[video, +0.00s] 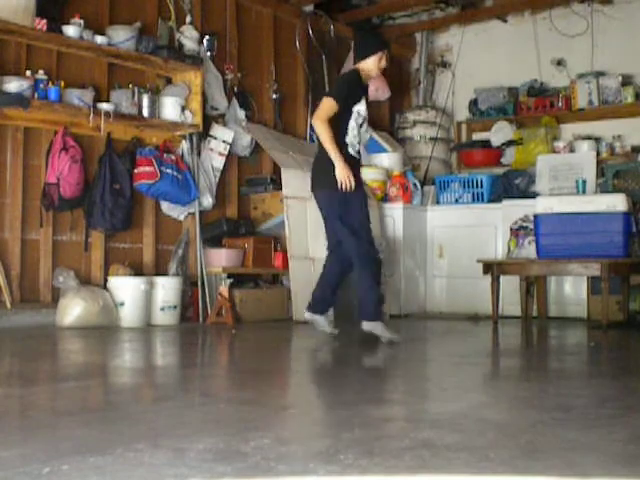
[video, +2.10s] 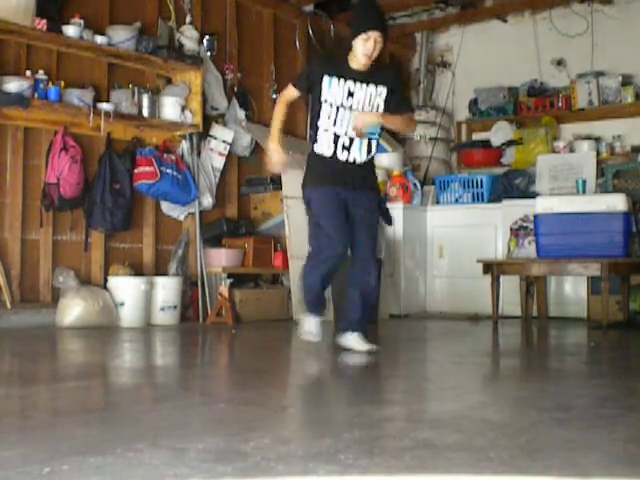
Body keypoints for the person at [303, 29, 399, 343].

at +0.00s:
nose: (384, 65)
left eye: (384, 59)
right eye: (382, 58)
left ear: (366, 57)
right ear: (370, 57)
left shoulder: (357, 86)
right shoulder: (350, 83)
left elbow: (346, 132)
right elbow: (319, 119)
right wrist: (339, 162)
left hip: (334, 178)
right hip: (339, 178)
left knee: (342, 248)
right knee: (363, 247)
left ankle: (317, 309)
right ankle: (371, 317)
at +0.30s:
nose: (380, 68)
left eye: (381, 62)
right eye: (376, 61)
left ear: (367, 63)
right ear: (360, 60)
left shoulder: (360, 97)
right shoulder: (343, 86)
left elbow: (354, 141)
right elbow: (326, 126)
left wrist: (367, 173)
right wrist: (359, 157)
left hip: (343, 182)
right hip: (330, 182)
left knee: (349, 254)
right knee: (349, 254)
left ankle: (326, 320)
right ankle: (335, 322)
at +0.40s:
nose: (373, 74)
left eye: (374, 67)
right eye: (370, 66)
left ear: (362, 67)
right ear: (354, 66)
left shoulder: (353, 107)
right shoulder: (335, 95)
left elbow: (345, 154)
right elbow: (320, 139)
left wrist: (360, 179)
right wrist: (351, 173)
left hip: (340, 190)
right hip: (323, 189)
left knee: (351, 258)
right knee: (342, 253)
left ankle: (321, 329)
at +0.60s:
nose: (360, 49)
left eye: (363, 43)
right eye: (355, 42)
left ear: (362, 45)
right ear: (340, 41)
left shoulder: (357, 84)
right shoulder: (318, 70)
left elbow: (350, 130)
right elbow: (289, 109)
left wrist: (352, 164)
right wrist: (316, 150)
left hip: (342, 175)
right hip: (311, 170)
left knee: (355, 242)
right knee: (314, 232)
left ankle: (340, 313)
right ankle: (270, 290)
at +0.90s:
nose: (343, 50)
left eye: (346, 43)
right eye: (336, 43)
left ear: (350, 46)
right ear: (321, 46)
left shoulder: (361, 82)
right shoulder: (300, 81)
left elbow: (377, 122)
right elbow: (281, 129)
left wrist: (360, 155)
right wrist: (286, 173)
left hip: (344, 185)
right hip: (305, 185)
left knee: (353, 255)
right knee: (293, 255)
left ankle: (358, 321)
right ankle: (286, 322)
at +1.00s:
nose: (336, 56)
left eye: (340, 49)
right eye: (329, 50)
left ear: (345, 51)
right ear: (315, 52)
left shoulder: (360, 85)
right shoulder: (298, 89)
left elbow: (380, 121)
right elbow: (285, 134)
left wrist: (375, 165)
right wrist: (289, 174)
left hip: (346, 183)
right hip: (311, 183)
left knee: (337, 251)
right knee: (312, 252)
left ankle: (330, 326)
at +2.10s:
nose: (373, 46)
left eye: (378, 41)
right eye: (368, 39)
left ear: (383, 44)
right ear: (353, 37)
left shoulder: (387, 77)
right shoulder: (323, 69)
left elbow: (408, 124)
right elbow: (285, 97)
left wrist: (378, 118)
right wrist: (274, 142)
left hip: (362, 180)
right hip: (324, 178)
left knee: (366, 258)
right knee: (332, 246)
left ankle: (352, 330)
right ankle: (312, 307)